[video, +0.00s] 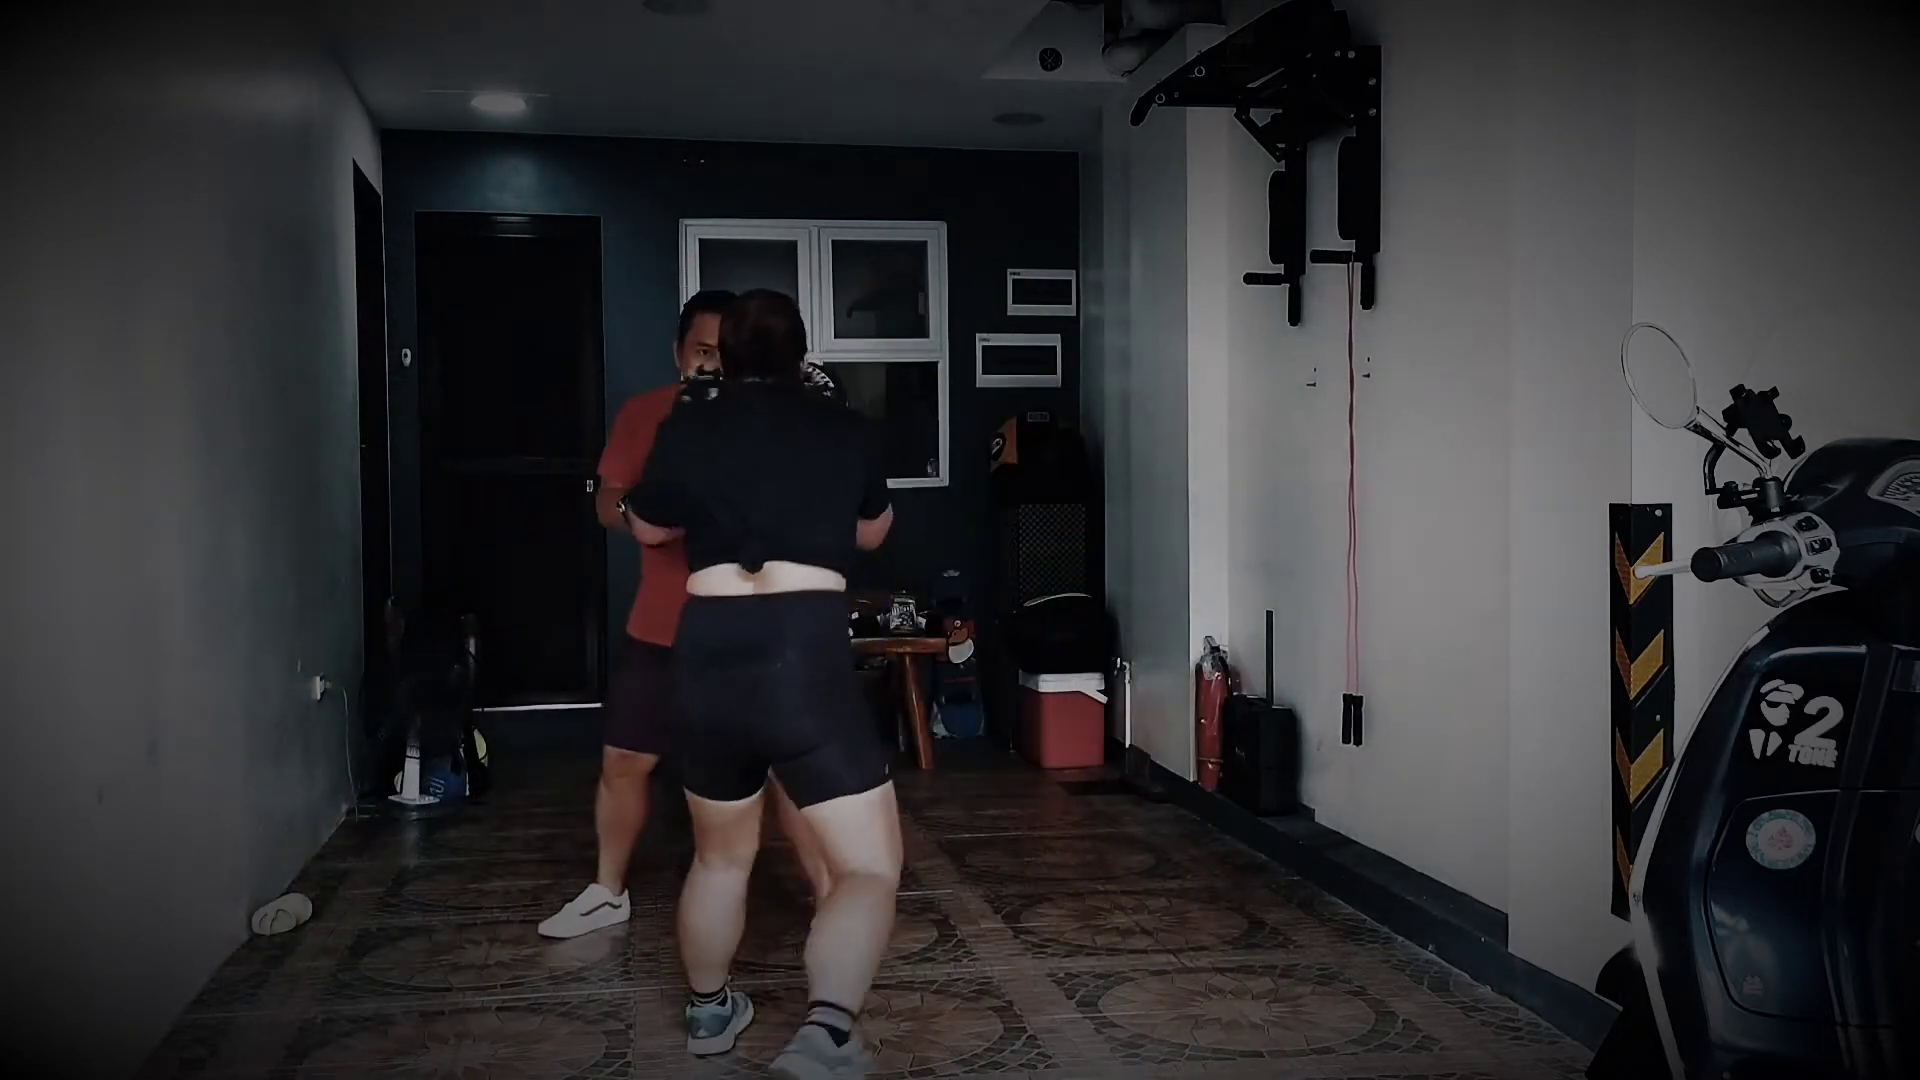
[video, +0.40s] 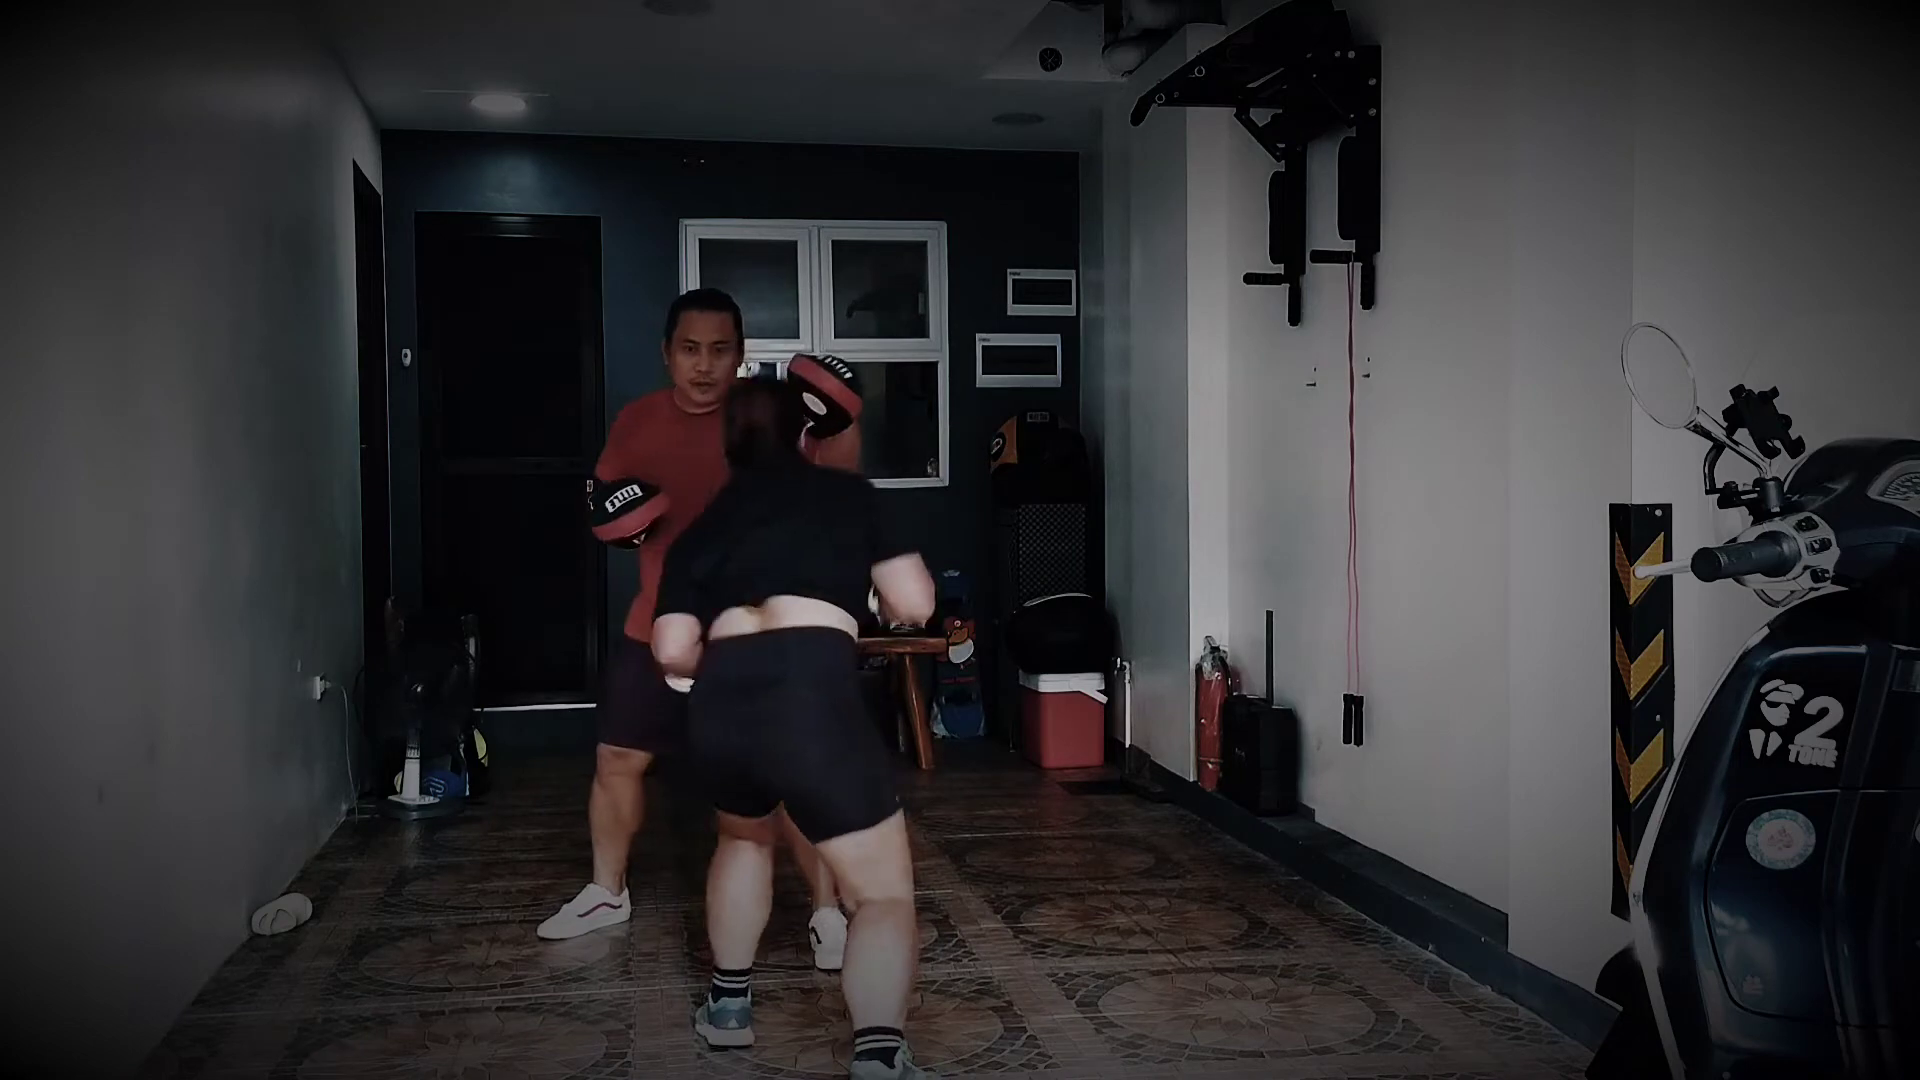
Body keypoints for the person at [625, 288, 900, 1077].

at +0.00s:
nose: (703, 355)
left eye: (711, 344)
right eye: (705, 342)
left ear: (725, 353)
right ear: (802, 353)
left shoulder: (689, 420)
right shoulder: (847, 427)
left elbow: (650, 524)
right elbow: (871, 533)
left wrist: (727, 499)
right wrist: (791, 513)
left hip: (706, 661)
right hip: (808, 664)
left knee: (719, 853)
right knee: (863, 870)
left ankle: (708, 1009)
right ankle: (828, 1031)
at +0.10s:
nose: (699, 362)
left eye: (707, 351)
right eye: (699, 348)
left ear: (721, 362)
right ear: (794, 362)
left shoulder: (676, 437)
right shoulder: (841, 430)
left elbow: (625, 552)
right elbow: (876, 535)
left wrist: (673, 489)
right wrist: (795, 512)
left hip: (723, 667)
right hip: (826, 663)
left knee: (724, 844)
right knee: (873, 868)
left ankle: (713, 1013)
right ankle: (862, 1039)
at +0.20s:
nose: (705, 377)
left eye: (716, 373)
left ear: (720, 407)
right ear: (796, 406)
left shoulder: (690, 484)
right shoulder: (845, 468)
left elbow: (644, 611)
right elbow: (888, 576)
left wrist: (621, 590)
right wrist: (814, 571)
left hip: (737, 693)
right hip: (843, 688)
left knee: (725, 837)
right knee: (881, 891)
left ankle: (725, 1003)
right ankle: (887, 1056)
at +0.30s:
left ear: (720, 452)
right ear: (795, 444)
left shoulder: (701, 534)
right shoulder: (846, 512)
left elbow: (685, 635)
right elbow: (904, 622)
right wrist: (842, 619)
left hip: (732, 721)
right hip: (839, 719)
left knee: (729, 844)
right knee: (886, 899)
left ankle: (730, 1008)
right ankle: (883, 1059)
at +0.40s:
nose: (832, 441)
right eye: (822, 430)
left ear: (730, 442)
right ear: (806, 436)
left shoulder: (701, 529)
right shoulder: (851, 495)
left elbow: (674, 651)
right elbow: (913, 605)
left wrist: (728, 669)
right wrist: (870, 598)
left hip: (719, 707)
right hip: (821, 704)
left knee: (744, 838)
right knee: (880, 895)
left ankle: (729, 1003)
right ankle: (878, 1050)